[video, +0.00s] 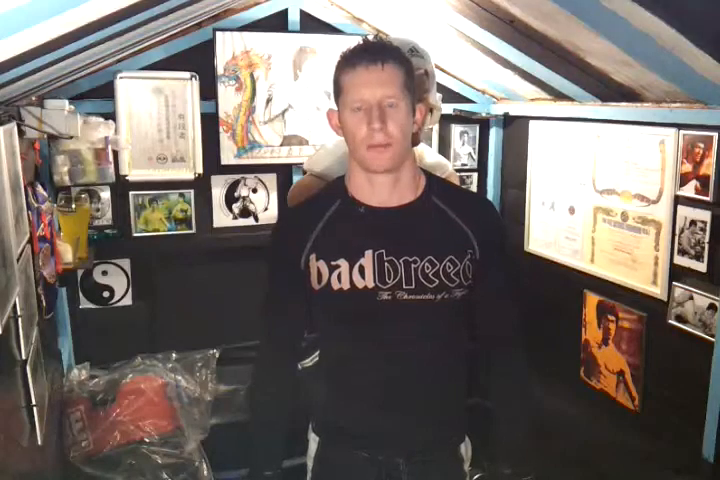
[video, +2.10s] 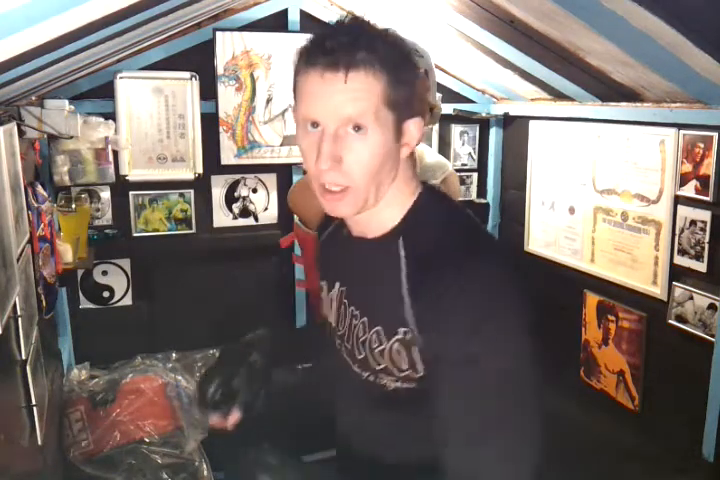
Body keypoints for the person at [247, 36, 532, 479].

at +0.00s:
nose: (377, 123)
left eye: (390, 106)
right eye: (359, 109)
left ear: (418, 116)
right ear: (337, 123)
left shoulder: (476, 221)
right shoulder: (301, 227)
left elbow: (503, 353)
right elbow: (278, 358)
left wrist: (502, 466)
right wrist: (272, 466)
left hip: (441, 458)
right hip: (342, 458)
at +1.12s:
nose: (383, 123)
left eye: (397, 105)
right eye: (365, 108)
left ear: (421, 119)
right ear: (339, 124)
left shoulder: (474, 223)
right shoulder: (299, 226)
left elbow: (510, 350)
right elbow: (266, 350)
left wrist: (473, 457)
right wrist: (288, 455)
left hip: (443, 454)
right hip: (338, 454)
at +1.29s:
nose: (372, 135)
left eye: (386, 114)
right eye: (353, 118)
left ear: (414, 120)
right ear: (330, 129)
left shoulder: (468, 224)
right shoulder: (293, 229)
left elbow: (501, 348)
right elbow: (257, 346)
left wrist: (452, 402)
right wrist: (319, 405)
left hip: (435, 458)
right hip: (334, 457)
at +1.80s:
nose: (321, 148)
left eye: (339, 123)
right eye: (303, 128)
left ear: (376, 127)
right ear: (284, 138)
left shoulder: (464, 237)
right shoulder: (280, 243)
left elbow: (520, 361)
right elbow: (262, 356)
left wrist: (445, 432)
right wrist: (280, 409)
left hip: (440, 466)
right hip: (325, 464)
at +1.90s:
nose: (323, 160)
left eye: (342, 133)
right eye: (304, 136)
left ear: (382, 135)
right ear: (285, 143)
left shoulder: (463, 251)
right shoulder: (298, 236)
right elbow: (270, 344)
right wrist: (254, 412)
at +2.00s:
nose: (326, 166)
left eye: (351, 137)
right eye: (309, 137)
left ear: (395, 143)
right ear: (291, 140)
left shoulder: (467, 270)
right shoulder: (313, 246)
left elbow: (520, 440)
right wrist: (248, 420)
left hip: (440, 465)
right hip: (340, 463)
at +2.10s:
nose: (325, 160)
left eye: (356, 127)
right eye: (313, 126)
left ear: (409, 137)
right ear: (296, 129)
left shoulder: (468, 268)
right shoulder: (337, 240)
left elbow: (496, 458)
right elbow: (350, 377)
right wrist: (261, 393)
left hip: (435, 469)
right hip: (354, 464)